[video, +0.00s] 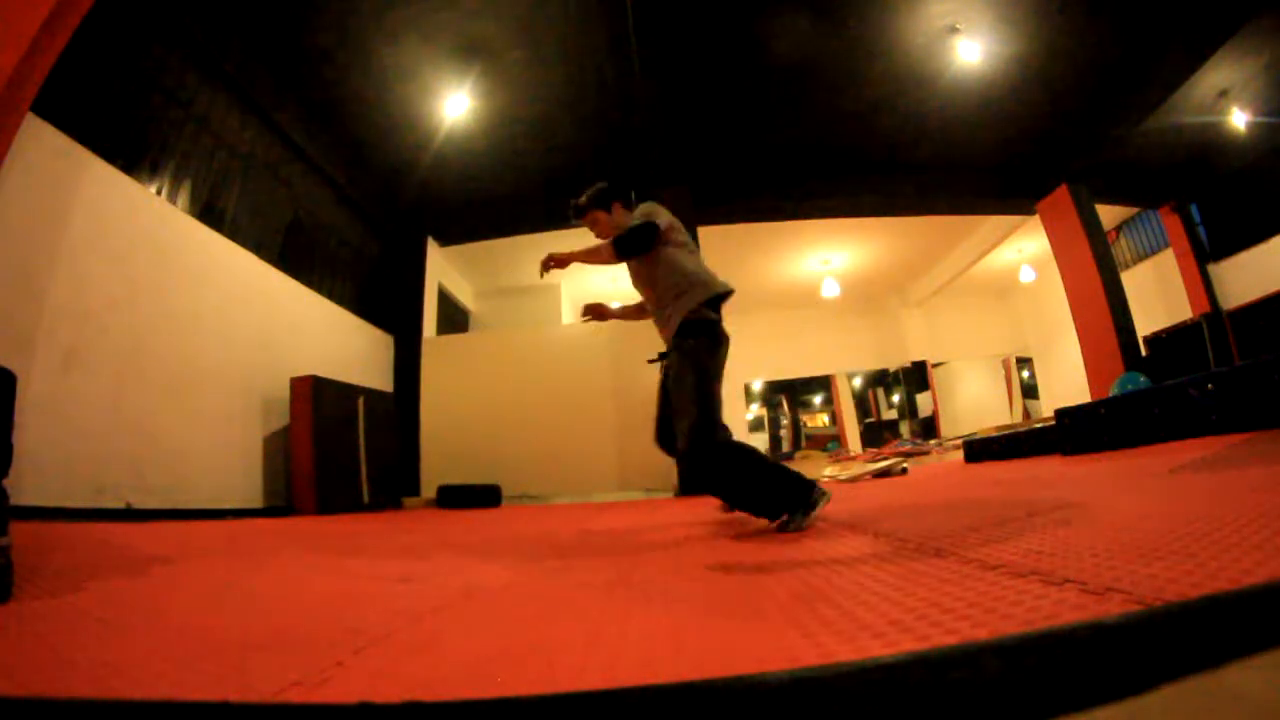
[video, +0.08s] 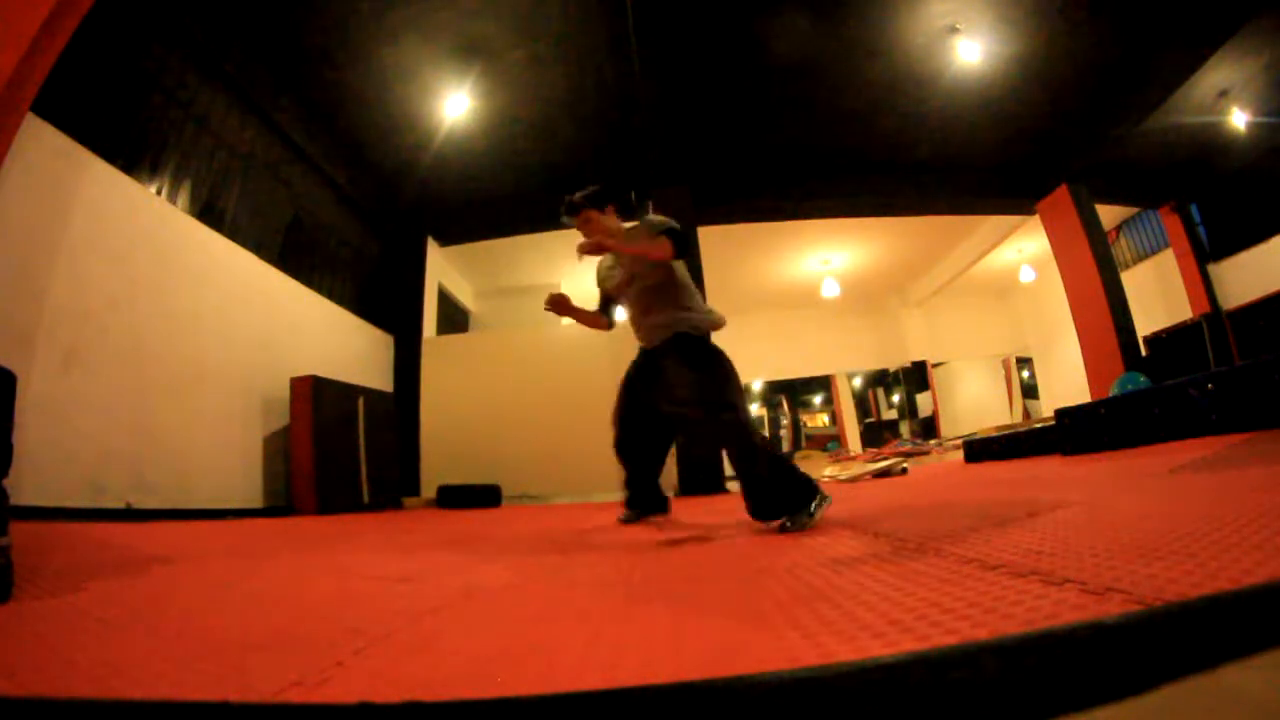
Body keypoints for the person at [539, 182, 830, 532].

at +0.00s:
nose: (596, 234)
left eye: (595, 225)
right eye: (591, 229)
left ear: (613, 208)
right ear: (611, 213)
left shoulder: (649, 214)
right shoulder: (640, 249)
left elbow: (629, 245)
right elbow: (657, 306)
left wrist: (571, 257)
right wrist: (612, 313)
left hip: (699, 332)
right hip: (682, 341)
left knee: (699, 438)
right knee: (670, 436)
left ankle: (799, 495)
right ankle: (743, 489)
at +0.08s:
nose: (585, 234)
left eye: (587, 224)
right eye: (580, 229)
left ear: (608, 212)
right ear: (585, 230)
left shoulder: (650, 227)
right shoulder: (607, 268)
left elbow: (668, 248)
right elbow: (604, 321)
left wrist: (608, 244)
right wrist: (570, 310)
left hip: (692, 348)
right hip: (653, 358)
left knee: (732, 430)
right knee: (633, 430)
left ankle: (802, 497)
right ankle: (646, 499)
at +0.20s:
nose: (583, 227)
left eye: (588, 219)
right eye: (576, 223)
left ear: (602, 219)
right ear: (569, 230)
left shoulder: (636, 254)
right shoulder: (568, 270)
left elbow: (685, 283)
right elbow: (544, 322)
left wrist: (673, 264)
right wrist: (538, 300)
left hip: (652, 359)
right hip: (608, 371)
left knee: (718, 408)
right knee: (604, 447)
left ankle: (762, 487)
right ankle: (644, 501)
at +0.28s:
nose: (584, 225)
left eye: (589, 218)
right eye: (576, 219)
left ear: (599, 222)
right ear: (566, 226)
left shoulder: (614, 263)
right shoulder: (553, 263)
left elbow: (653, 293)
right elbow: (528, 310)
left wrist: (664, 266)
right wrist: (555, 287)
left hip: (627, 358)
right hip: (587, 366)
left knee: (691, 413)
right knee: (611, 446)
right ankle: (643, 506)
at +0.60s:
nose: (528, 237)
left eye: (521, 233)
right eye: (533, 230)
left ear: (511, 235)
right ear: (542, 233)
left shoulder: (496, 265)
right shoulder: (561, 262)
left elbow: (468, 290)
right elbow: (580, 303)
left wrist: (489, 269)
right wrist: (552, 309)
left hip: (516, 375)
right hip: (562, 371)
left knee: (505, 444)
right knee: (584, 441)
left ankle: (522, 509)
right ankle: (601, 495)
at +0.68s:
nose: (491, 246)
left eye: (492, 241)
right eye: (493, 241)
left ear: (497, 240)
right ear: (525, 240)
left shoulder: (489, 268)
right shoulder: (547, 273)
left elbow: (451, 301)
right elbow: (561, 317)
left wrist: (465, 277)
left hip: (502, 376)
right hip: (540, 379)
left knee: (485, 439)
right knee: (542, 423)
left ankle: (522, 508)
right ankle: (588, 471)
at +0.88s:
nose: (448, 238)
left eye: (452, 231)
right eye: (449, 231)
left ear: (469, 231)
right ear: (466, 233)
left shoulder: (490, 257)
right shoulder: (472, 266)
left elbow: (506, 300)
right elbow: (478, 313)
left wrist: (459, 302)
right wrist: (450, 304)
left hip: (494, 358)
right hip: (471, 357)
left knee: (494, 420)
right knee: (448, 417)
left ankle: (521, 492)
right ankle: (458, 483)